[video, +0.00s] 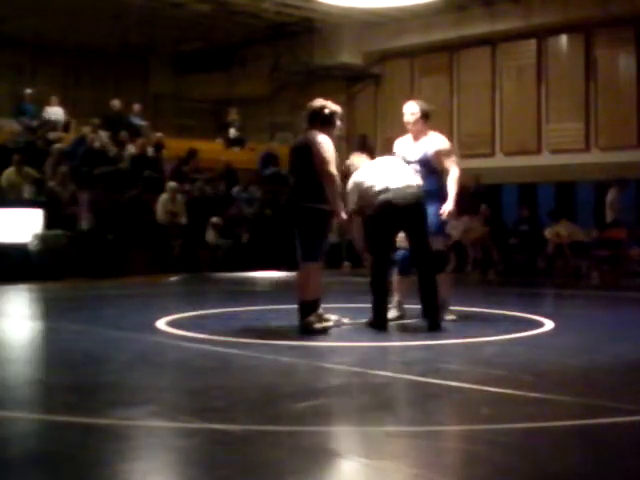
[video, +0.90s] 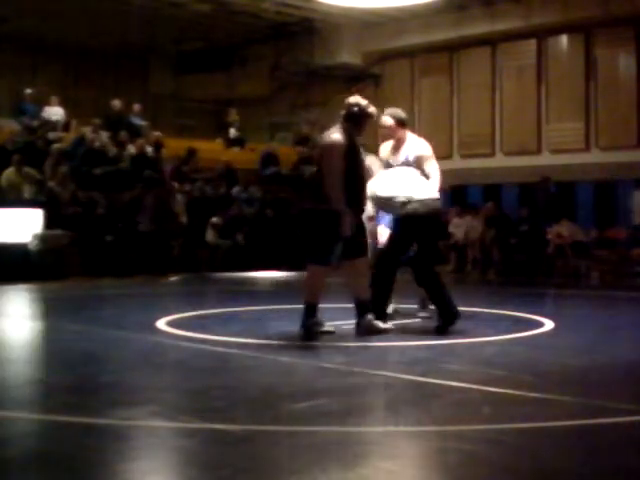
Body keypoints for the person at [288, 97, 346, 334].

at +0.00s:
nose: (340, 127)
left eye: (339, 121)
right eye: (337, 121)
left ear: (313, 120)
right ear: (327, 120)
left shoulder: (301, 142)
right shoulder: (321, 140)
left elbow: (298, 179)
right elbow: (329, 174)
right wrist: (339, 205)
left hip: (302, 208)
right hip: (316, 209)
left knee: (308, 262)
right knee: (312, 262)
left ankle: (309, 311)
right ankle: (310, 313)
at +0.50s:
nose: (347, 128)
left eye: (348, 123)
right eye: (346, 123)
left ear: (327, 118)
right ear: (335, 121)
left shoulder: (319, 141)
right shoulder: (318, 143)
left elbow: (319, 184)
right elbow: (316, 185)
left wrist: (334, 209)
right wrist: (323, 215)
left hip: (311, 209)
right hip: (311, 210)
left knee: (312, 261)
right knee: (314, 262)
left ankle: (297, 306)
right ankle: (303, 313)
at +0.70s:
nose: (355, 129)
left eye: (356, 124)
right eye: (354, 123)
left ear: (340, 118)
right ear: (343, 120)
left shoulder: (340, 142)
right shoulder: (323, 142)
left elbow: (343, 178)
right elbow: (317, 183)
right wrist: (319, 217)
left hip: (337, 212)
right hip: (321, 212)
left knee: (346, 259)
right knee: (314, 266)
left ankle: (329, 310)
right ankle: (307, 318)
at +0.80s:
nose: (361, 128)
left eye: (362, 123)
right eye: (360, 122)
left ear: (344, 117)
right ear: (350, 119)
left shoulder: (344, 142)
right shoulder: (328, 141)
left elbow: (348, 179)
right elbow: (326, 184)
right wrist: (330, 217)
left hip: (344, 212)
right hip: (327, 213)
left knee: (355, 260)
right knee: (315, 266)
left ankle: (355, 314)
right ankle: (308, 319)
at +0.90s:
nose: (369, 129)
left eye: (370, 124)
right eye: (368, 123)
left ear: (349, 117)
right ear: (359, 120)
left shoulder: (348, 142)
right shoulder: (336, 142)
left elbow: (351, 182)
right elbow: (335, 184)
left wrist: (360, 211)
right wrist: (344, 214)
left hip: (350, 214)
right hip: (335, 214)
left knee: (359, 265)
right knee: (319, 268)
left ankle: (364, 316)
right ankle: (310, 320)